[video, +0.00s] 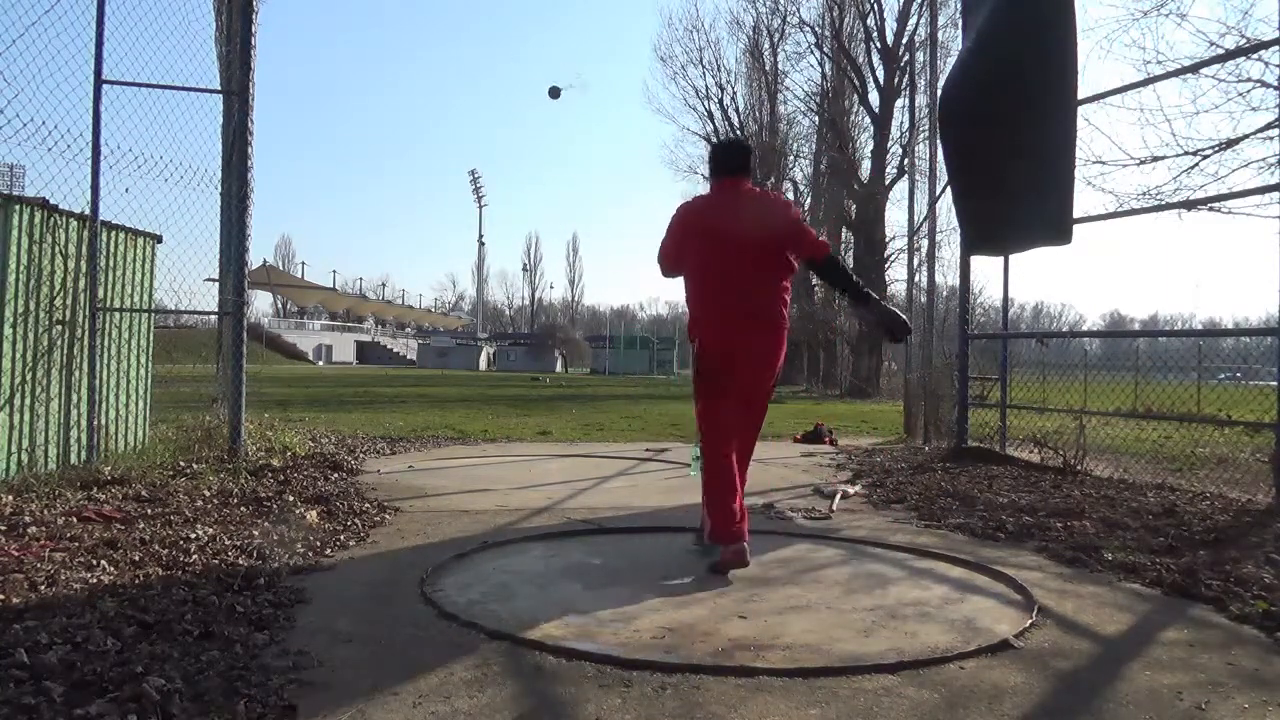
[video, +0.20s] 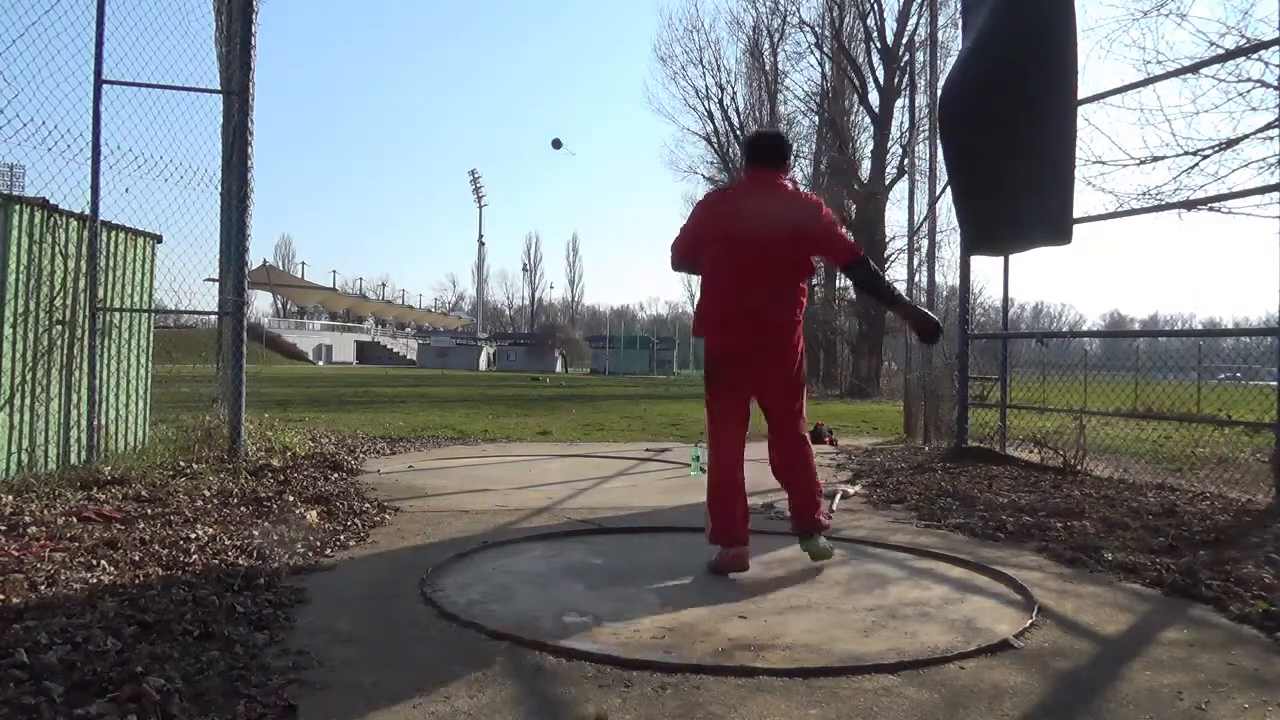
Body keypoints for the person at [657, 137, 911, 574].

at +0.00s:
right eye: (746, 167)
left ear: (711, 171)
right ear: (750, 169)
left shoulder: (691, 213)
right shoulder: (777, 209)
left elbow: (669, 265)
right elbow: (824, 261)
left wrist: (710, 248)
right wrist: (872, 303)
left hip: (713, 335)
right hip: (766, 337)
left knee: (716, 434)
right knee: (744, 432)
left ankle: (732, 543)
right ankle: (718, 522)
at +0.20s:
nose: (782, 172)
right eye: (786, 164)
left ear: (746, 162)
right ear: (787, 164)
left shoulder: (716, 203)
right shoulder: (805, 207)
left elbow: (681, 257)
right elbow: (857, 266)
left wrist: (730, 258)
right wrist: (909, 310)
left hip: (723, 338)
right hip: (780, 340)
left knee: (724, 444)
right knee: (790, 433)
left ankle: (732, 548)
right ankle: (811, 533)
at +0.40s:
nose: (817, 171)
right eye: (823, 163)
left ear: (782, 163)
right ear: (824, 164)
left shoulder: (751, 204)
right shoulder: (843, 210)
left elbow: (715, 262)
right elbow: (885, 276)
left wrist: (725, 297)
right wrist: (927, 329)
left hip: (758, 348)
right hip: (817, 351)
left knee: (742, 447)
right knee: (833, 452)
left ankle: (734, 549)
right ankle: (845, 555)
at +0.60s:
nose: (856, 165)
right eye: (859, 158)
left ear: (815, 154)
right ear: (859, 158)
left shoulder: (782, 195)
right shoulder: (875, 202)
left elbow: (749, 253)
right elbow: (916, 273)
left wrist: (739, 307)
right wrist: (948, 327)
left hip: (783, 340)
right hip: (842, 346)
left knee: (764, 440)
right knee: (848, 446)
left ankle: (742, 542)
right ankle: (847, 557)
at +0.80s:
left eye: (838, 148)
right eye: (876, 152)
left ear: (835, 149)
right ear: (879, 153)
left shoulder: (798, 190)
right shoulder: (893, 200)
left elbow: (761, 243)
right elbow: (926, 275)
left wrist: (749, 305)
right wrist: (953, 340)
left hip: (793, 336)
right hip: (854, 342)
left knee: (775, 440)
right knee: (854, 449)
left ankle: (751, 539)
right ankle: (847, 557)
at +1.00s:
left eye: (842, 144)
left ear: (842, 146)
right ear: (885, 153)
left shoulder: (804, 186)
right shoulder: (900, 199)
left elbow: (764, 244)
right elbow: (922, 276)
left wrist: (750, 309)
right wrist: (929, 349)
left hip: (794, 335)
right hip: (857, 343)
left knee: (778, 437)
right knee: (856, 448)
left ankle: (765, 540)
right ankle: (847, 557)